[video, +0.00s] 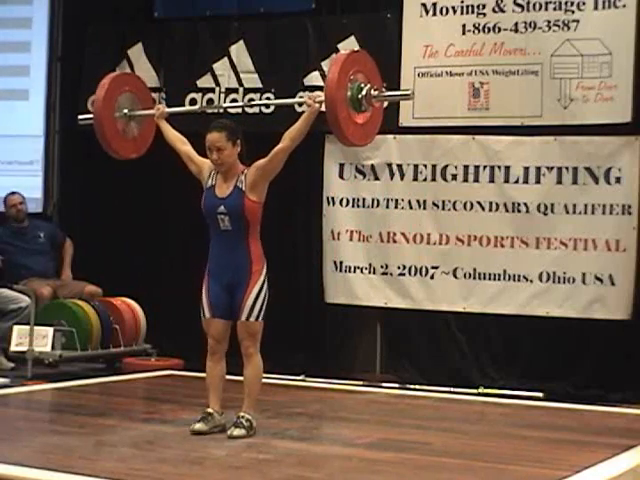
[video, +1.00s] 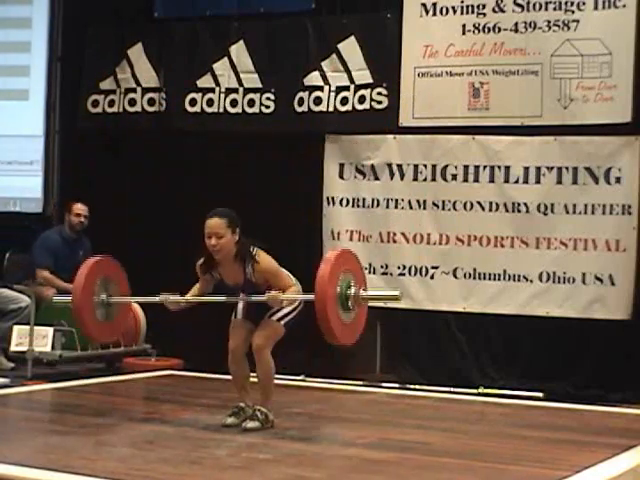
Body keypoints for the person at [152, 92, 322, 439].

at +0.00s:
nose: (214, 156)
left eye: (219, 149)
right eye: (210, 150)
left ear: (237, 147)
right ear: (207, 152)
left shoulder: (255, 177)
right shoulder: (208, 174)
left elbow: (286, 145)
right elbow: (183, 147)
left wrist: (311, 111)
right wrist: (161, 121)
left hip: (250, 274)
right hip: (216, 273)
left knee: (249, 346)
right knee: (215, 346)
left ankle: (247, 416)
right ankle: (214, 412)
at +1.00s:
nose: (213, 243)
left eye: (219, 237)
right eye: (209, 237)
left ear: (236, 236)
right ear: (204, 239)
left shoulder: (259, 262)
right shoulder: (207, 266)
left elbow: (296, 289)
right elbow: (203, 286)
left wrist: (281, 300)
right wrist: (182, 303)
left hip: (281, 298)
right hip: (249, 298)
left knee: (260, 344)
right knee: (235, 348)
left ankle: (264, 410)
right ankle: (244, 405)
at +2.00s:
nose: (316, 150)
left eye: (316, 146)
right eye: (311, 145)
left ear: (310, 153)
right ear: (293, 150)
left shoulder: (319, 189)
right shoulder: (279, 189)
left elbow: (329, 230)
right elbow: (258, 227)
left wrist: (348, 258)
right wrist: (245, 263)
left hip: (305, 272)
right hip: (278, 271)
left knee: (303, 335)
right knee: (267, 337)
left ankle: (295, 398)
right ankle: (248, 403)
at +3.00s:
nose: (246, 253)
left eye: (253, 247)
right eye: (244, 247)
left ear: (269, 251)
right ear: (240, 249)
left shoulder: (287, 287)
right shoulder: (233, 289)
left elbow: (310, 334)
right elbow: (213, 329)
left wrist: (329, 374)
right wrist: (191, 361)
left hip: (290, 338)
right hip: (257, 338)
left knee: (293, 354)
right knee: (225, 349)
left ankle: (299, 407)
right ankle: (251, 402)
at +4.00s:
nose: (246, 247)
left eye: (253, 242)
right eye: (244, 242)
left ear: (269, 247)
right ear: (240, 245)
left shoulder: (286, 285)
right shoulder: (234, 286)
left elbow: (310, 331)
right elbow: (216, 327)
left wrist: (329, 372)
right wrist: (193, 359)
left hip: (290, 336)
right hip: (256, 336)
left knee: (294, 352)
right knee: (225, 346)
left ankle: (299, 406)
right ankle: (252, 402)